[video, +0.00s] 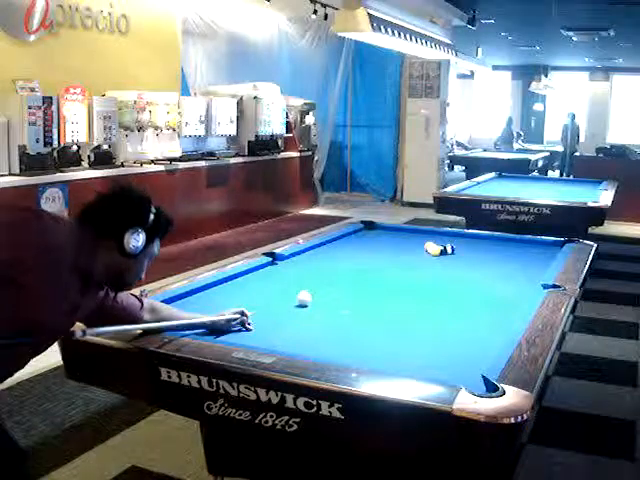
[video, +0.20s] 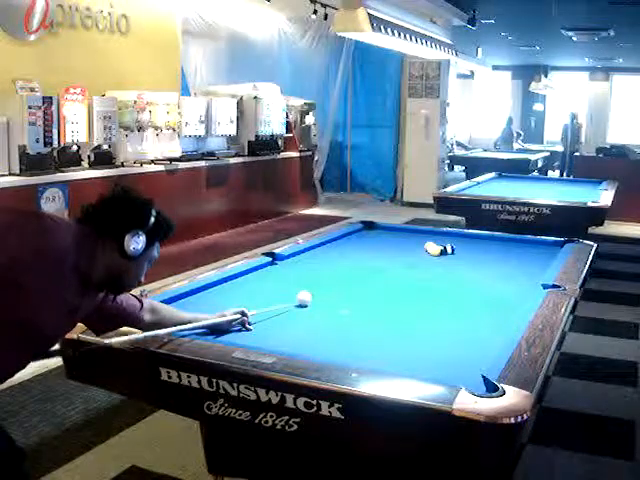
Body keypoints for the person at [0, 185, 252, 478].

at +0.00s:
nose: (145, 272)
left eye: (151, 261)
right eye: (149, 259)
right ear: (130, 243)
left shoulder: (84, 287)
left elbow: (146, 311)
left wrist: (212, 324)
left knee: (19, 456)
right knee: (16, 456)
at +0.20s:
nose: (147, 273)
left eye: (152, 264)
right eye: (151, 261)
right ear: (131, 244)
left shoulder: (84, 288)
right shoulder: (43, 243)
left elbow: (147, 313)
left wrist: (215, 322)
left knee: (17, 457)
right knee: (14, 457)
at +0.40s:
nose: (147, 273)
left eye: (153, 264)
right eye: (151, 260)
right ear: (132, 245)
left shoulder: (82, 287)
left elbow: (147, 314)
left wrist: (215, 322)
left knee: (16, 457)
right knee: (14, 458)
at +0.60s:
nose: (147, 273)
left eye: (153, 264)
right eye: (151, 261)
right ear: (132, 245)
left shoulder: (81, 287)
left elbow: (147, 313)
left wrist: (215, 322)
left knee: (16, 458)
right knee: (14, 458)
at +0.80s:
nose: (148, 274)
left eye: (153, 264)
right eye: (151, 261)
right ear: (132, 246)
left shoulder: (86, 286)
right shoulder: (47, 246)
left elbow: (146, 313)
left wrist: (215, 321)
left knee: (14, 458)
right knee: (11, 459)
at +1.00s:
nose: (148, 274)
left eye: (154, 264)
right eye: (152, 261)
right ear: (132, 246)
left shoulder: (85, 283)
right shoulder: (48, 248)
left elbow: (146, 314)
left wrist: (215, 321)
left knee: (14, 457)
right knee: (12, 459)